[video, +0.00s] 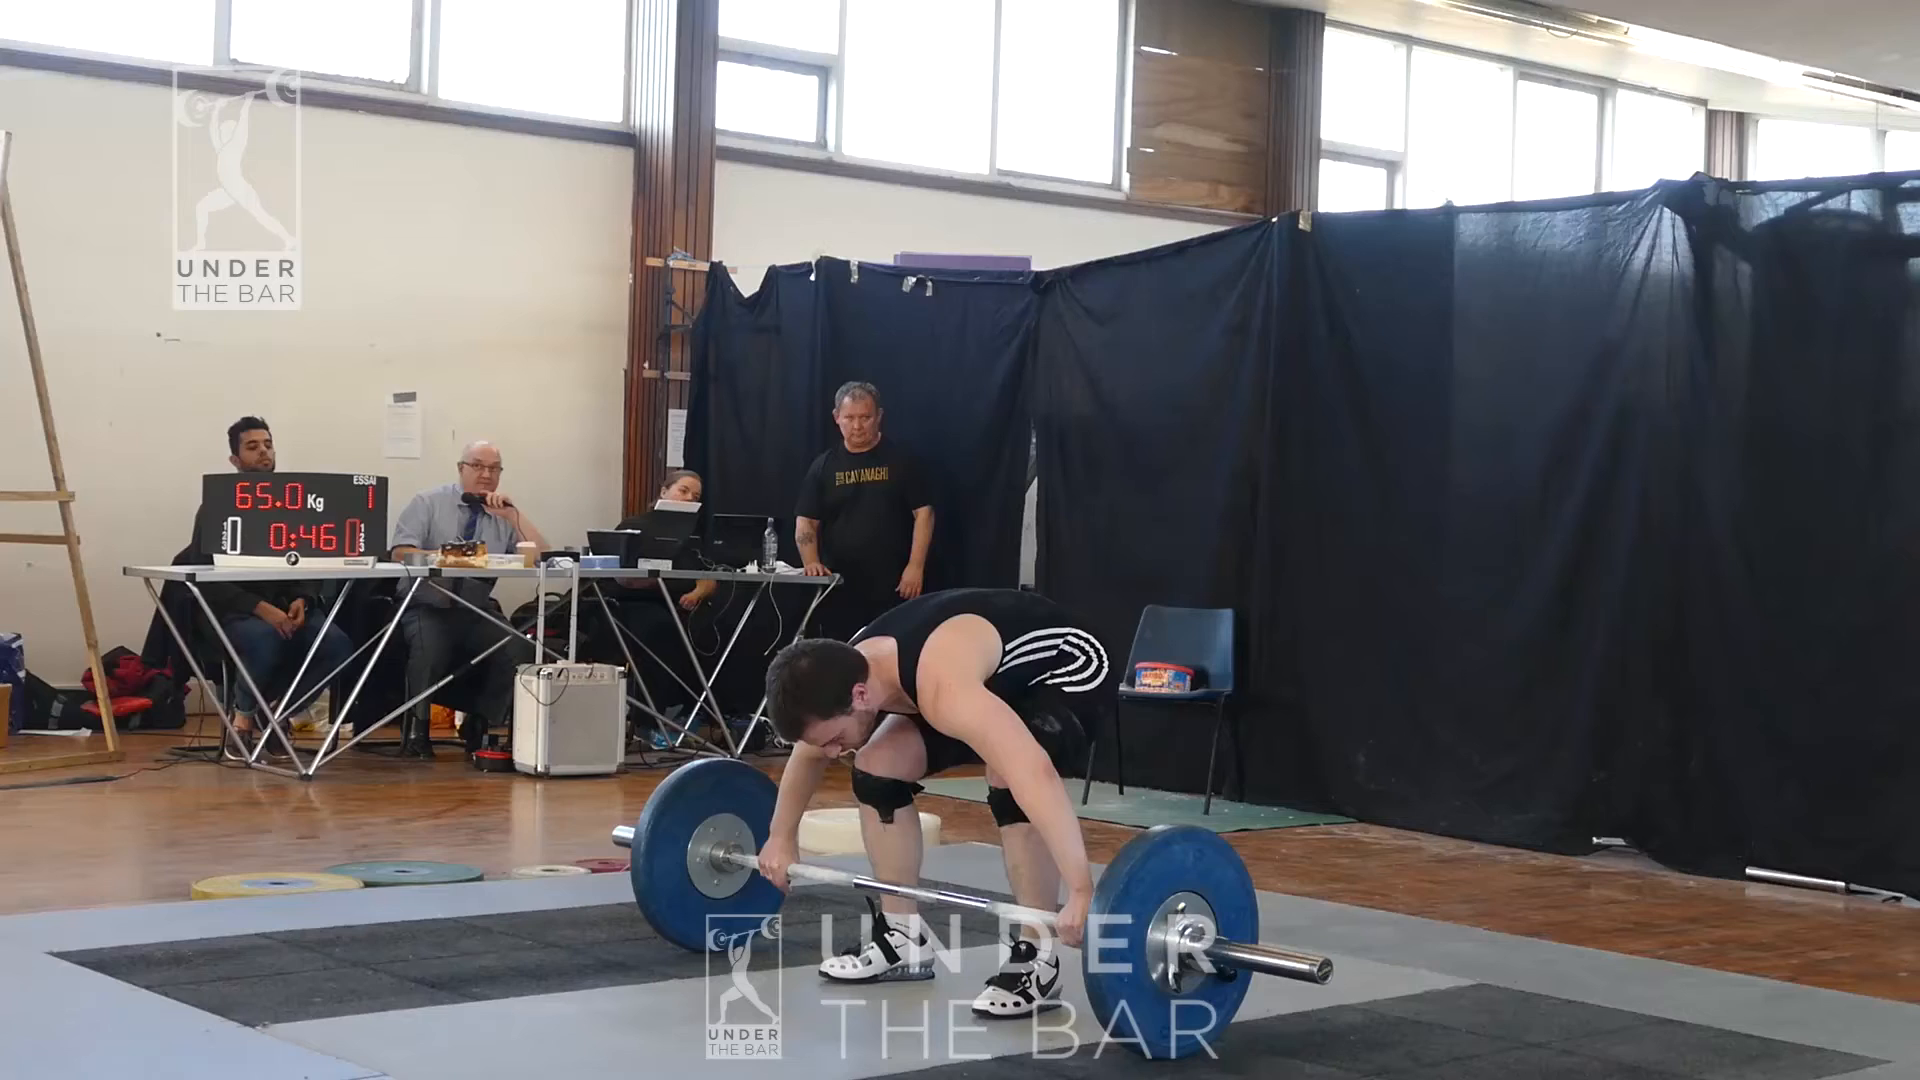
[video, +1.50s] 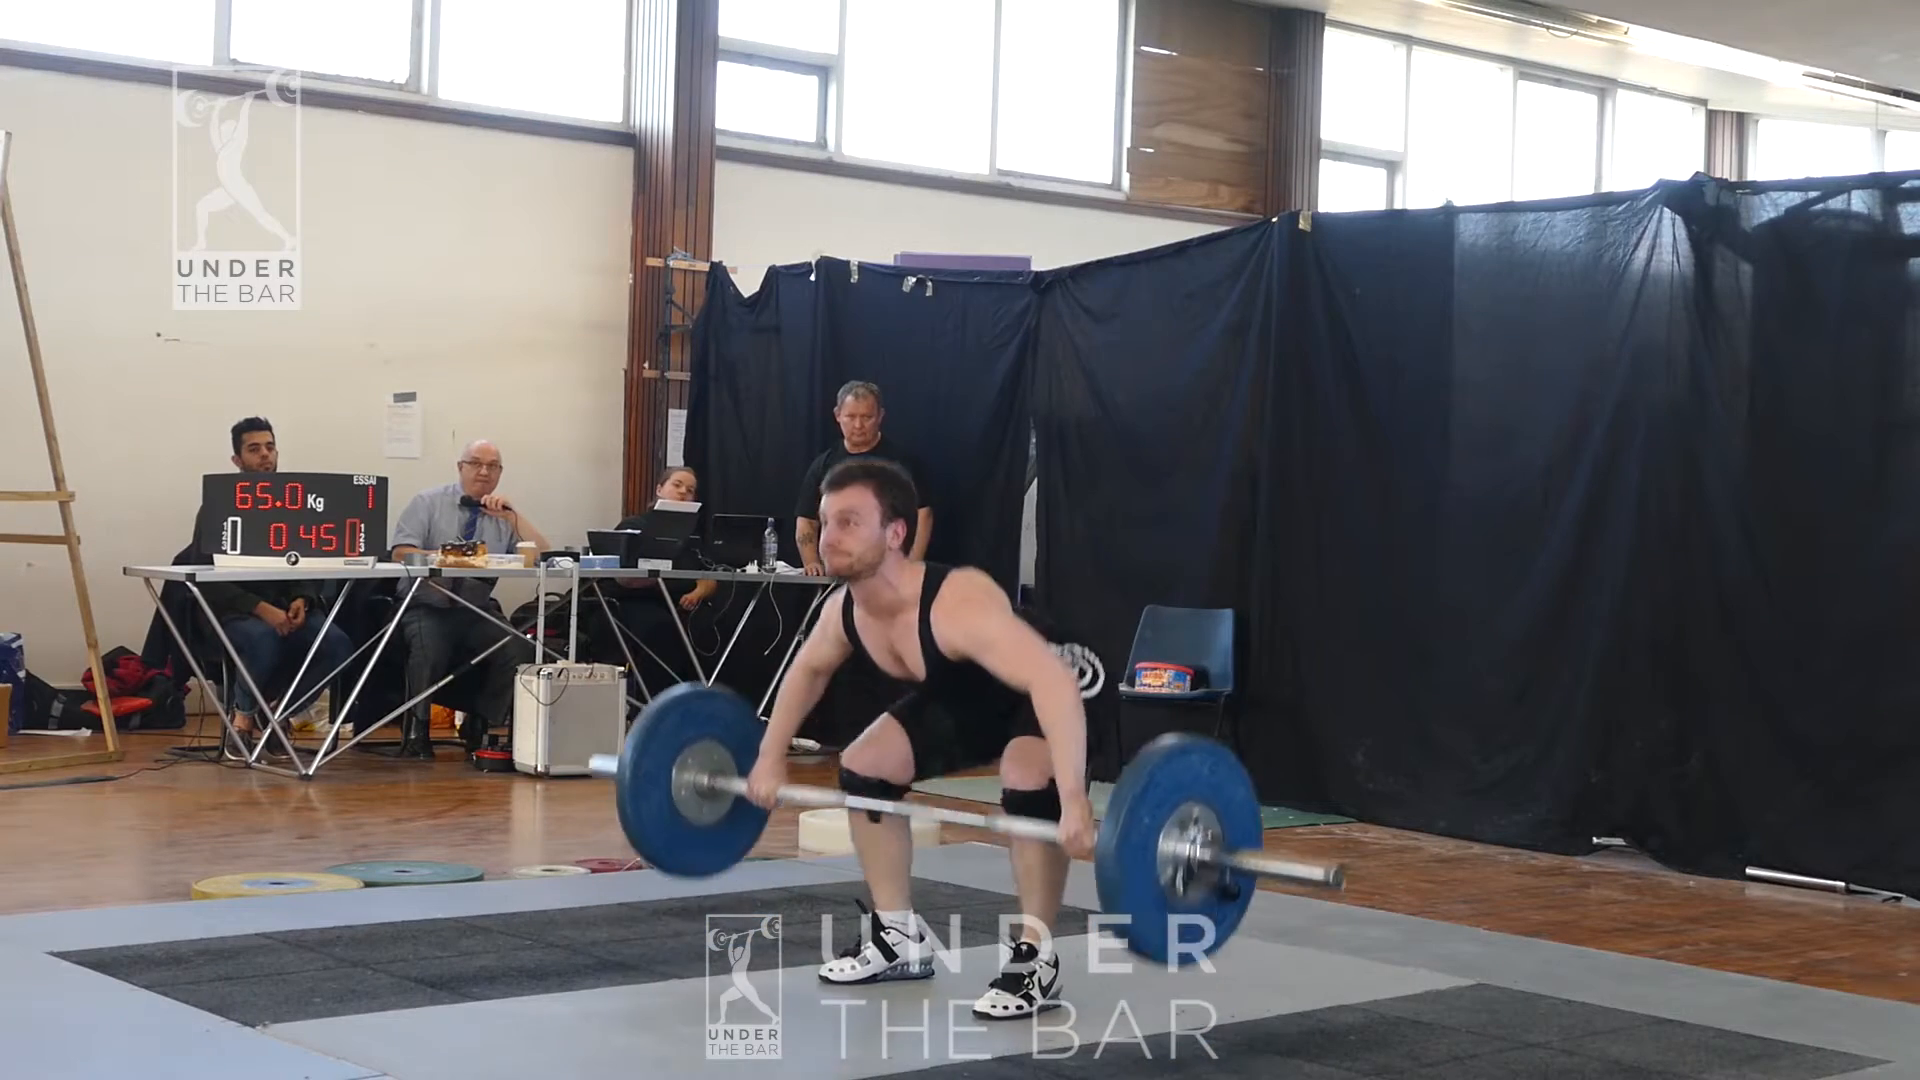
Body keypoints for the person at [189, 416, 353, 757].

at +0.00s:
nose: (263, 451)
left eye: (268, 444)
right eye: (253, 446)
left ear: (274, 450)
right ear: (235, 459)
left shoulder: (291, 495)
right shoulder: (219, 503)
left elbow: (312, 555)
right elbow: (205, 575)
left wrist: (302, 599)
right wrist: (261, 608)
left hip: (288, 606)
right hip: (238, 607)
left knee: (338, 646)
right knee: (265, 641)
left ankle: (277, 717)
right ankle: (242, 720)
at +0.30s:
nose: (266, 455)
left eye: (270, 447)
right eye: (255, 449)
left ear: (276, 451)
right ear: (237, 460)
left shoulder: (292, 496)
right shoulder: (219, 505)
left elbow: (313, 556)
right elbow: (205, 576)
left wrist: (302, 599)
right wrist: (261, 608)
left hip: (288, 607)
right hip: (238, 608)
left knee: (339, 646)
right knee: (265, 641)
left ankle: (278, 717)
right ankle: (242, 721)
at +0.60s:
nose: (266, 457)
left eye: (270, 449)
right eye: (255, 451)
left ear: (277, 453)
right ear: (237, 460)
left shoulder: (293, 498)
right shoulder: (219, 506)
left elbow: (313, 556)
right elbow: (206, 576)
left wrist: (303, 598)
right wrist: (261, 608)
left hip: (288, 607)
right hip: (238, 608)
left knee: (337, 644)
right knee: (264, 640)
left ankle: (277, 718)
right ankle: (242, 720)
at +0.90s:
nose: (265, 455)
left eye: (270, 447)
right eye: (255, 449)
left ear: (277, 452)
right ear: (238, 459)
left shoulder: (293, 497)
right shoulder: (220, 505)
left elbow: (314, 556)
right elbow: (206, 576)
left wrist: (303, 599)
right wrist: (261, 608)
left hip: (289, 607)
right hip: (238, 608)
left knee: (337, 644)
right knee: (264, 641)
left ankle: (277, 718)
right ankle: (242, 720)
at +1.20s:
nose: (265, 453)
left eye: (270, 446)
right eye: (254, 448)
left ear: (277, 452)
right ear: (237, 459)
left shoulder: (292, 497)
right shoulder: (220, 505)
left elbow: (311, 556)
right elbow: (205, 576)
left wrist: (302, 599)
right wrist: (260, 608)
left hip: (288, 607)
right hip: (238, 609)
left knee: (338, 646)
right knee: (265, 641)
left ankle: (278, 718)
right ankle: (242, 718)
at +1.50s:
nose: (265, 454)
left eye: (270, 447)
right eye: (255, 448)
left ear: (277, 452)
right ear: (238, 460)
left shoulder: (293, 496)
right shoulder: (220, 504)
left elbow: (312, 556)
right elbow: (205, 576)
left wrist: (302, 599)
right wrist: (260, 608)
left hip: (288, 607)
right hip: (237, 608)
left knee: (337, 644)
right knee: (264, 641)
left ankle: (278, 717)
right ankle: (242, 719)